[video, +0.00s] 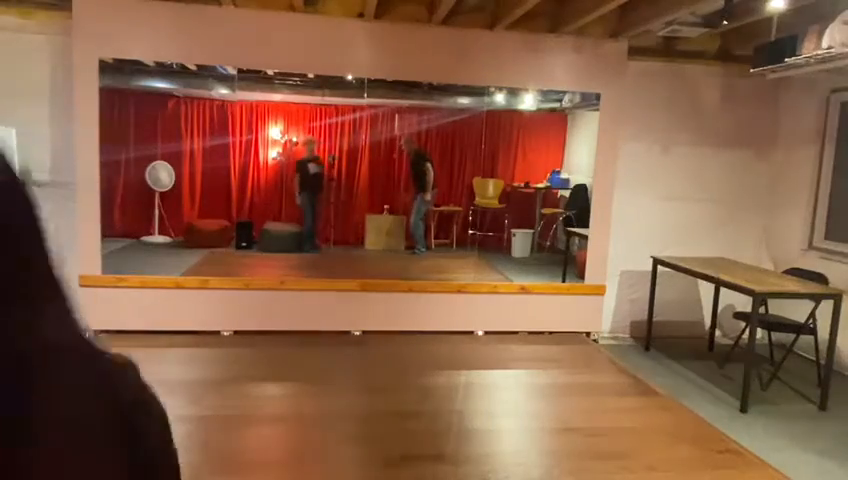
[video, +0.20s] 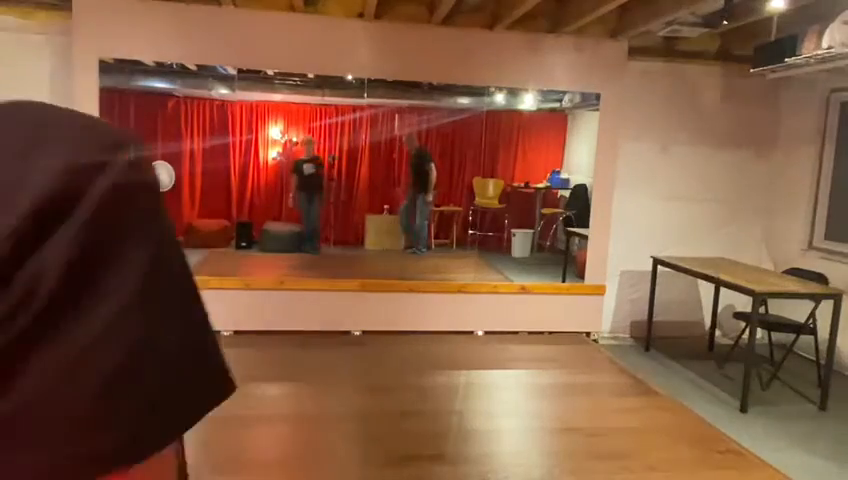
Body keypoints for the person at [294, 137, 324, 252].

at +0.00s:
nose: (310, 148)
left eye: (312, 145)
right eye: (308, 145)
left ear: (315, 146)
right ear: (305, 147)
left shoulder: (319, 162)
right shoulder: (301, 163)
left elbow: (322, 179)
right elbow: (297, 179)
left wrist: (322, 193)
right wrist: (297, 194)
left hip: (316, 193)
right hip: (305, 193)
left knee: (314, 218)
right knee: (308, 218)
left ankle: (313, 242)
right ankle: (306, 243)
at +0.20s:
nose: (308, 148)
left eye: (310, 145)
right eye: (306, 145)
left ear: (313, 146)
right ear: (302, 147)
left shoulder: (318, 161)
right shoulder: (298, 163)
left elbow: (322, 179)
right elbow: (294, 181)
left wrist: (323, 195)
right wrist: (291, 196)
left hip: (316, 193)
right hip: (303, 193)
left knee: (314, 219)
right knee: (305, 219)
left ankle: (314, 244)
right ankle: (306, 244)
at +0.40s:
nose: (308, 148)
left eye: (309, 145)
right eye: (305, 145)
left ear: (313, 146)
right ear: (301, 147)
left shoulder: (318, 161)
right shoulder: (297, 163)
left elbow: (323, 179)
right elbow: (293, 181)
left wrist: (325, 196)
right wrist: (291, 196)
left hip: (315, 193)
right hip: (302, 193)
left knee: (312, 219)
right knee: (304, 219)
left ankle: (312, 246)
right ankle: (303, 245)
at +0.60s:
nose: (308, 148)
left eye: (310, 145)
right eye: (306, 145)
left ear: (313, 146)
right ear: (302, 147)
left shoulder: (317, 161)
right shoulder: (297, 162)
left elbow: (324, 178)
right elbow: (295, 181)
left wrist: (331, 194)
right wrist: (295, 197)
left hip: (315, 194)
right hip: (302, 194)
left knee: (312, 221)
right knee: (302, 221)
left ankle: (310, 247)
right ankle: (302, 245)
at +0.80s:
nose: (306, 147)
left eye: (307, 144)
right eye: (303, 144)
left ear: (311, 145)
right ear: (300, 146)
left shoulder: (316, 161)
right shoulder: (295, 162)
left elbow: (322, 179)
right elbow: (293, 182)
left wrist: (324, 195)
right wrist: (292, 197)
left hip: (313, 194)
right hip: (299, 194)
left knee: (309, 220)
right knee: (299, 220)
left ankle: (309, 247)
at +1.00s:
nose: (301, 147)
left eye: (303, 144)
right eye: (299, 144)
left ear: (307, 145)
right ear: (295, 146)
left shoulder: (312, 160)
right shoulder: (291, 161)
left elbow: (317, 176)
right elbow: (288, 180)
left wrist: (318, 189)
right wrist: (285, 194)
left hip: (308, 193)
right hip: (293, 193)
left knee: (309, 221)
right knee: (292, 222)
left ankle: (310, 248)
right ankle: (289, 251)